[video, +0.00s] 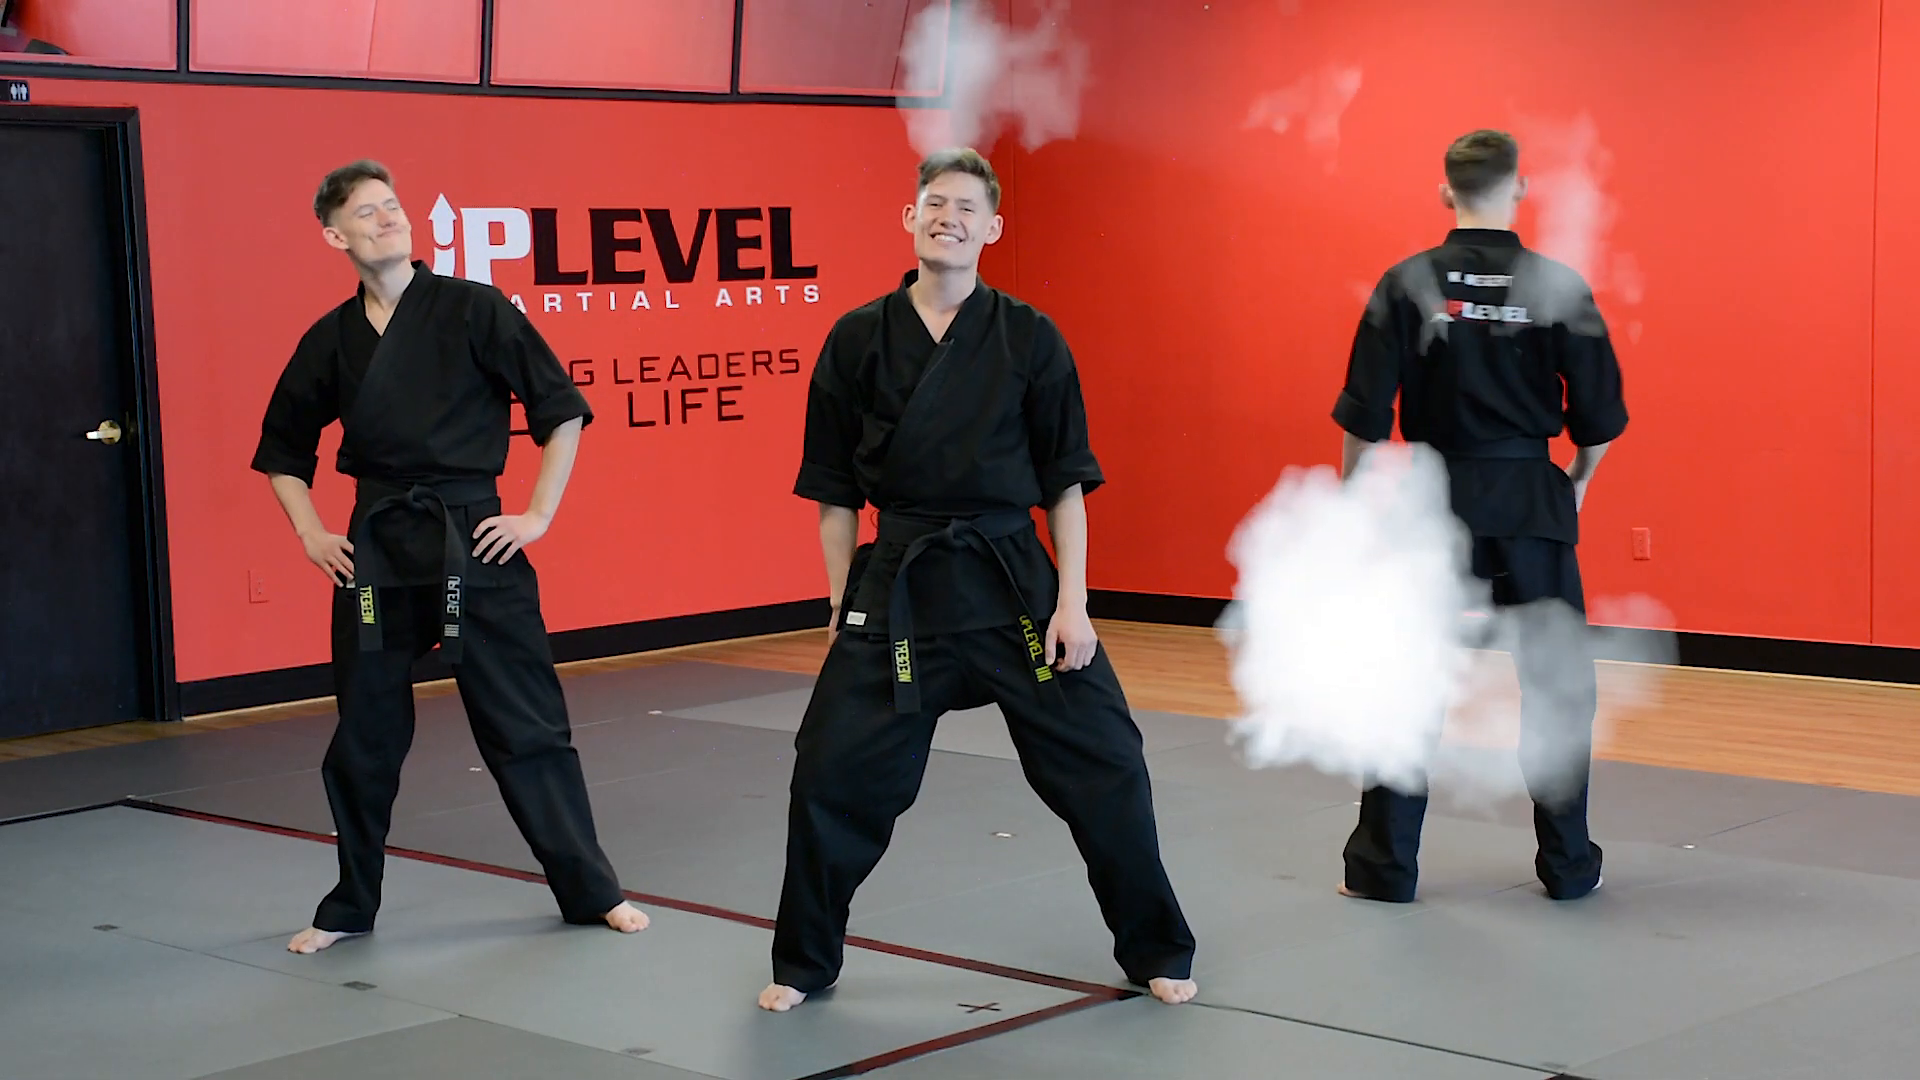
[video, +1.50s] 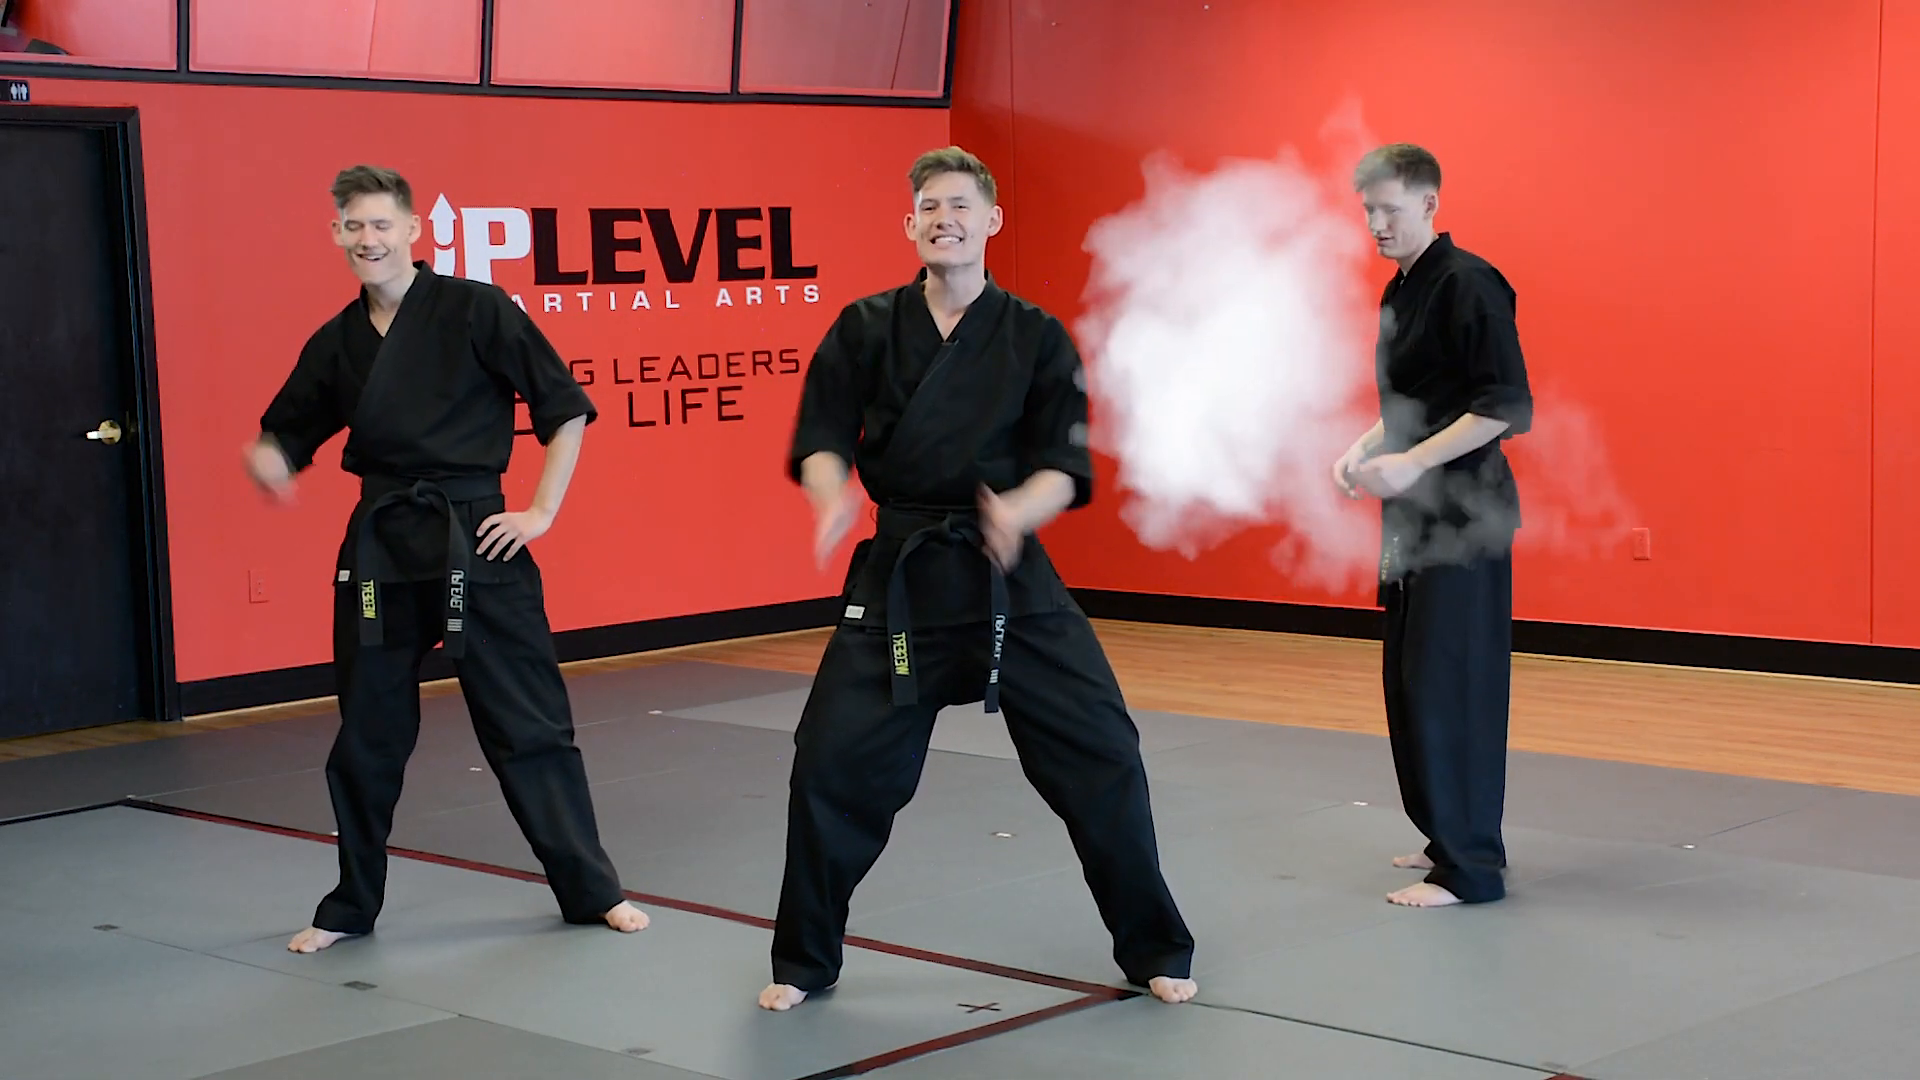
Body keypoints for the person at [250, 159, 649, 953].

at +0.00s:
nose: (387, 217)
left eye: (392, 204)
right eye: (366, 212)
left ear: (410, 218)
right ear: (337, 239)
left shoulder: (476, 309)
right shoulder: (331, 340)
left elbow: (564, 409)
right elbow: (281, 447)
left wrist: (538, 516)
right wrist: (311, 533)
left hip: (476, 538)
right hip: (378, 546)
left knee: (529, 725)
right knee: (362, 740)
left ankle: (592, 892)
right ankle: (352, 904)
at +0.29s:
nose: (388, 231)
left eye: (392, 217)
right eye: (368, 226)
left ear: (406, 226)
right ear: (336, 249)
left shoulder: (472, 308)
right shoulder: (329, 344)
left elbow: (561, 408)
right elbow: (286, 451)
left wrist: (536, 515)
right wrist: (312, 534)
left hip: (475, 539)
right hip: (378, 545)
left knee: (528, 725)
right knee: (362, 740)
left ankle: (591, 892)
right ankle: (352, 905)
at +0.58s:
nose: (380, 226)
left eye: (385, 212)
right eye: (358, 221)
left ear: (402, 223)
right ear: (330, 246)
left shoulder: (472, 307)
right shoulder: (327, 344)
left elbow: (561, 407)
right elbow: (284, 450)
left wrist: (537, 513)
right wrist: (312, 533)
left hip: (477, 539)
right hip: (379, 546)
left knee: (530, 725)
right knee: (363, 741)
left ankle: (592, 892)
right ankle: (351, 906)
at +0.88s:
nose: (379, 234)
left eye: (383, 219)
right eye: (359, 230)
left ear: (400, 225)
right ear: (330, 252)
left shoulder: (471, 307)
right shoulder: (330, 346)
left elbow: (561, 406)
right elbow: (286, 451)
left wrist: (538, 512)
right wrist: (313, 534)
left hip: (477, 539)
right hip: (380, 547)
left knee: (530, 724)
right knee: (364, 739)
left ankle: (592, 892)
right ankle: (352, 905)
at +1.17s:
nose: (369, 236)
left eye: (375, 220)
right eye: (349, 229)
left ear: (397, 224)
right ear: (326, 250)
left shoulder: (471, 308)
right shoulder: (328, 347)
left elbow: (560, 404)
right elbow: (285, 454)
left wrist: (538, 512)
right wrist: (313, 534)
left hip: (477, 540)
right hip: (380, 547)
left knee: (530, 725)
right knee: (364, 741)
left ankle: (592, 892)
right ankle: (352, 904)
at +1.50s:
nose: (366, 238)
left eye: (380, 223)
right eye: (352, 226)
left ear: (413, 229)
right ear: (338, 239)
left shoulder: (479, 310)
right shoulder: (336, 344)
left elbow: (567, 409)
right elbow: (283, 438)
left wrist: (541, 511)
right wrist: (269, 461)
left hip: (478, 539)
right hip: (379, 544)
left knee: (530, 724)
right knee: (366, 737)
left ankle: (592, 891)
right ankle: (352, 905)